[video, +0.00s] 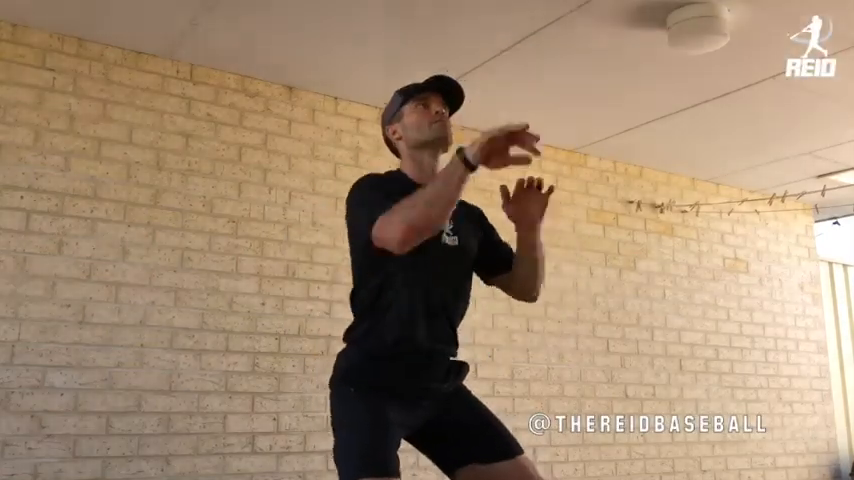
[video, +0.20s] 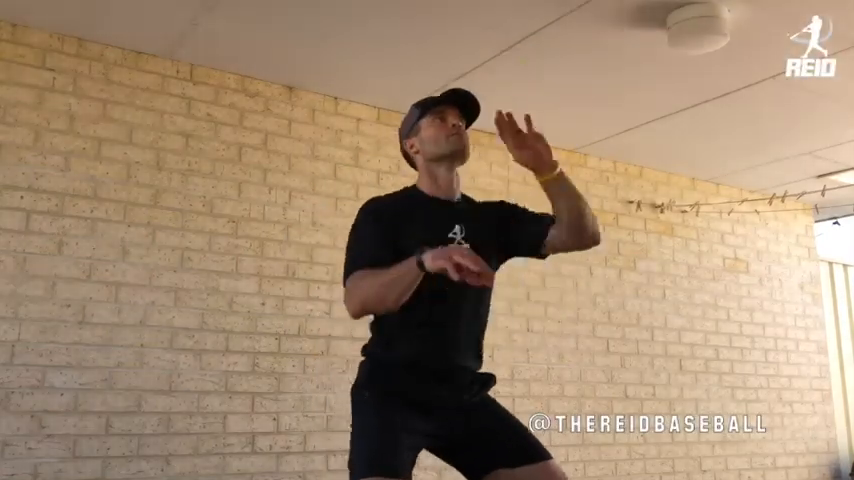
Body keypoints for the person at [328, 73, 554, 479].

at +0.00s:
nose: (438, 110)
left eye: (443, 107)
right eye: (421, 105)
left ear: (451, 128)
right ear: (394, 132)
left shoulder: (468, 217)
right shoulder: (372, 190)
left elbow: (526, 288)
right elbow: (397, 234)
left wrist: (528, 229)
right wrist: (468, 158)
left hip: (437, 384)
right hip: (368, 381)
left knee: (518, 473)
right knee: (371, 471)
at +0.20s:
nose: (456, 123)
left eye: (460, 119)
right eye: (439, 118)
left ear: (469, 142)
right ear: (412, 146)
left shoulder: (491, 218)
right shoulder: (382, 213)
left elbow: (584, 234)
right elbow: (358, 300)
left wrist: (547, 170)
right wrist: (422, 263)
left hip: (462, 395)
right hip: (391, 394)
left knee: (546, 475)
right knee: (378, 472)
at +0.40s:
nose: (469, 131)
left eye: (473, 127)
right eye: (452, 127)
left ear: (483, 149)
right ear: (427, 156)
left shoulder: (515, 210)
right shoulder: (400, 234)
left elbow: (578, 147)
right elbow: (370, 330)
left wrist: (619, 70)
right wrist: (404, 304)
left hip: (490, 400)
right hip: (415, 401)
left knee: (567, 474)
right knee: (391, 476)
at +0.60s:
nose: (480, 122)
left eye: (485, 120)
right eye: (463, 119)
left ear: (494, 143)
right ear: (438, 148)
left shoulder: (526, 214)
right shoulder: (414, 219)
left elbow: (623, 233)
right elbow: (393, 301)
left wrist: (616, 175)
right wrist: (451, 234)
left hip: (497, 395)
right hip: (425, 395)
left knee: (577, 475)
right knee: (399, 473)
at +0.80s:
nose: (517, 137)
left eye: (521, 131)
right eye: (499, 130)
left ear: (526, 148)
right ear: (470, 152)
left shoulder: (535, 240)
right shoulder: (457, 200)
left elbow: (587, 312)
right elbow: (519, 146)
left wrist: (606, 256)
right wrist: (550, 94)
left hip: (502, 396)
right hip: (438, 390)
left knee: (579, 476)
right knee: (419, 475)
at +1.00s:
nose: (529, 145)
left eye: (535, 139)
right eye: (513, 135)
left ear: (541, 153)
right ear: (485, 157)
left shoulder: (534, 243)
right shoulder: (477, 196)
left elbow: (570, 328)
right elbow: (543, 170)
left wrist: (596, 279)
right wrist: (608, 119)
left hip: (503, 393)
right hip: (444, 385)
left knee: (577, 473)